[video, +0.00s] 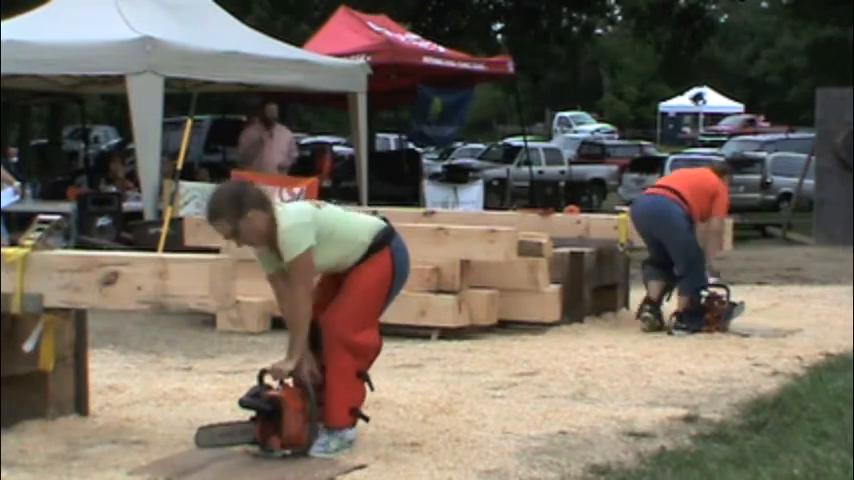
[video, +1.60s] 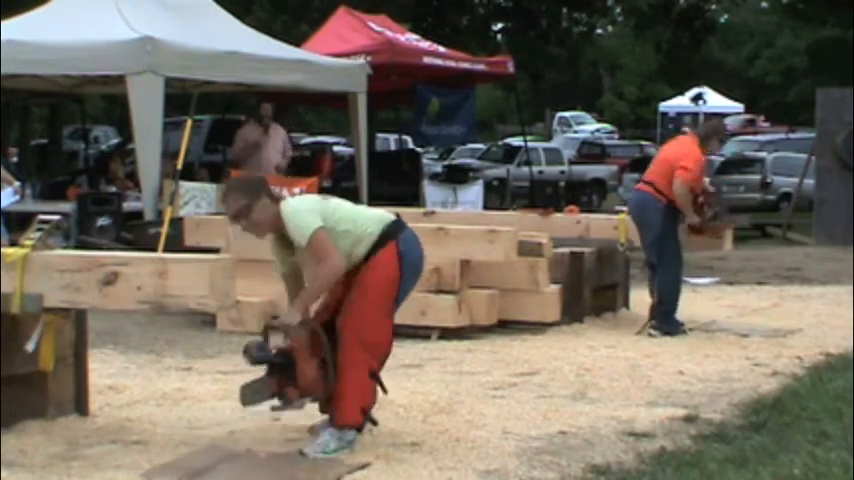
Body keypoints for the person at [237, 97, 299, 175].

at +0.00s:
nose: (272, 116)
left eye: (274, 112)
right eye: (269, 112)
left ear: (277, 114)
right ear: (262, 113)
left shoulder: (285, 133)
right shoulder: (250, 132)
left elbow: (293, 154)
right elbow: (243, 157)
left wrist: (284, 165)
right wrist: (258, 143)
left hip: (277, 178)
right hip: (253, 177)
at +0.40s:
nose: (279, 122)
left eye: (282, 119)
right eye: (276, 119)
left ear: (286, 118)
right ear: (271, 118)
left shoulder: (295, 133)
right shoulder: (259, 133)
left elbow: (304, 154)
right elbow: (250, 160)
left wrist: (294, 166)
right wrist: (264, 149)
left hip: (287, 180)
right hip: (263, 179)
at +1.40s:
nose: (270, 119)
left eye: (273, 116)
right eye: (268, 116)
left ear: (277, 115)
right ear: (263, 115)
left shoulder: (285, 131)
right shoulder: (251, 130)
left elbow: (294, 152)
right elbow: (241, 155)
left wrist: (287, 164)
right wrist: (257, 146)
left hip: (278, 177)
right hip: (254, 176)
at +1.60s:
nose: (266, 119)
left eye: (268, 116)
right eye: (263, 115)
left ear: (272, 115)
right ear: (257, 114)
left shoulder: (279, 132)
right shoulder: (246, 131)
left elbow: (288, 152)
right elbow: (236, 156)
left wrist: (282, 165)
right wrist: (252, 147)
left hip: (273, 177)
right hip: (249, 177)